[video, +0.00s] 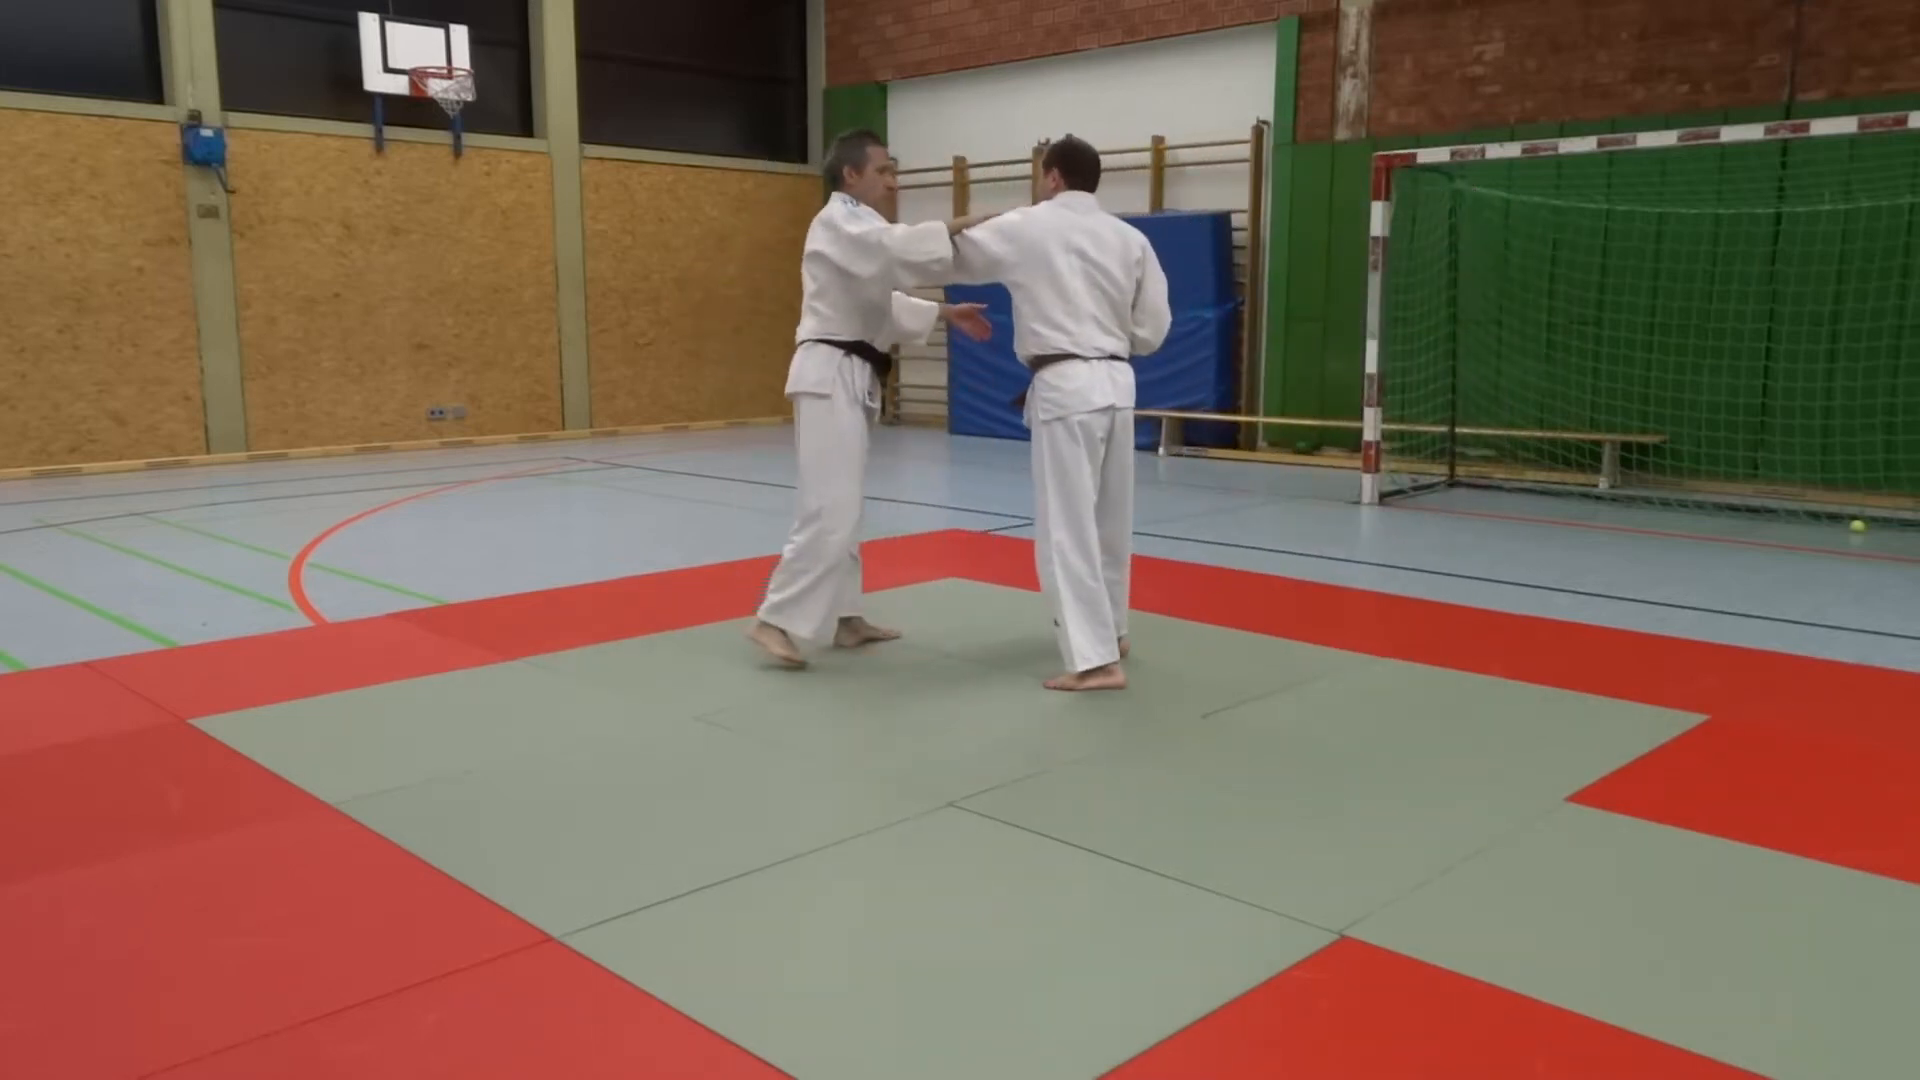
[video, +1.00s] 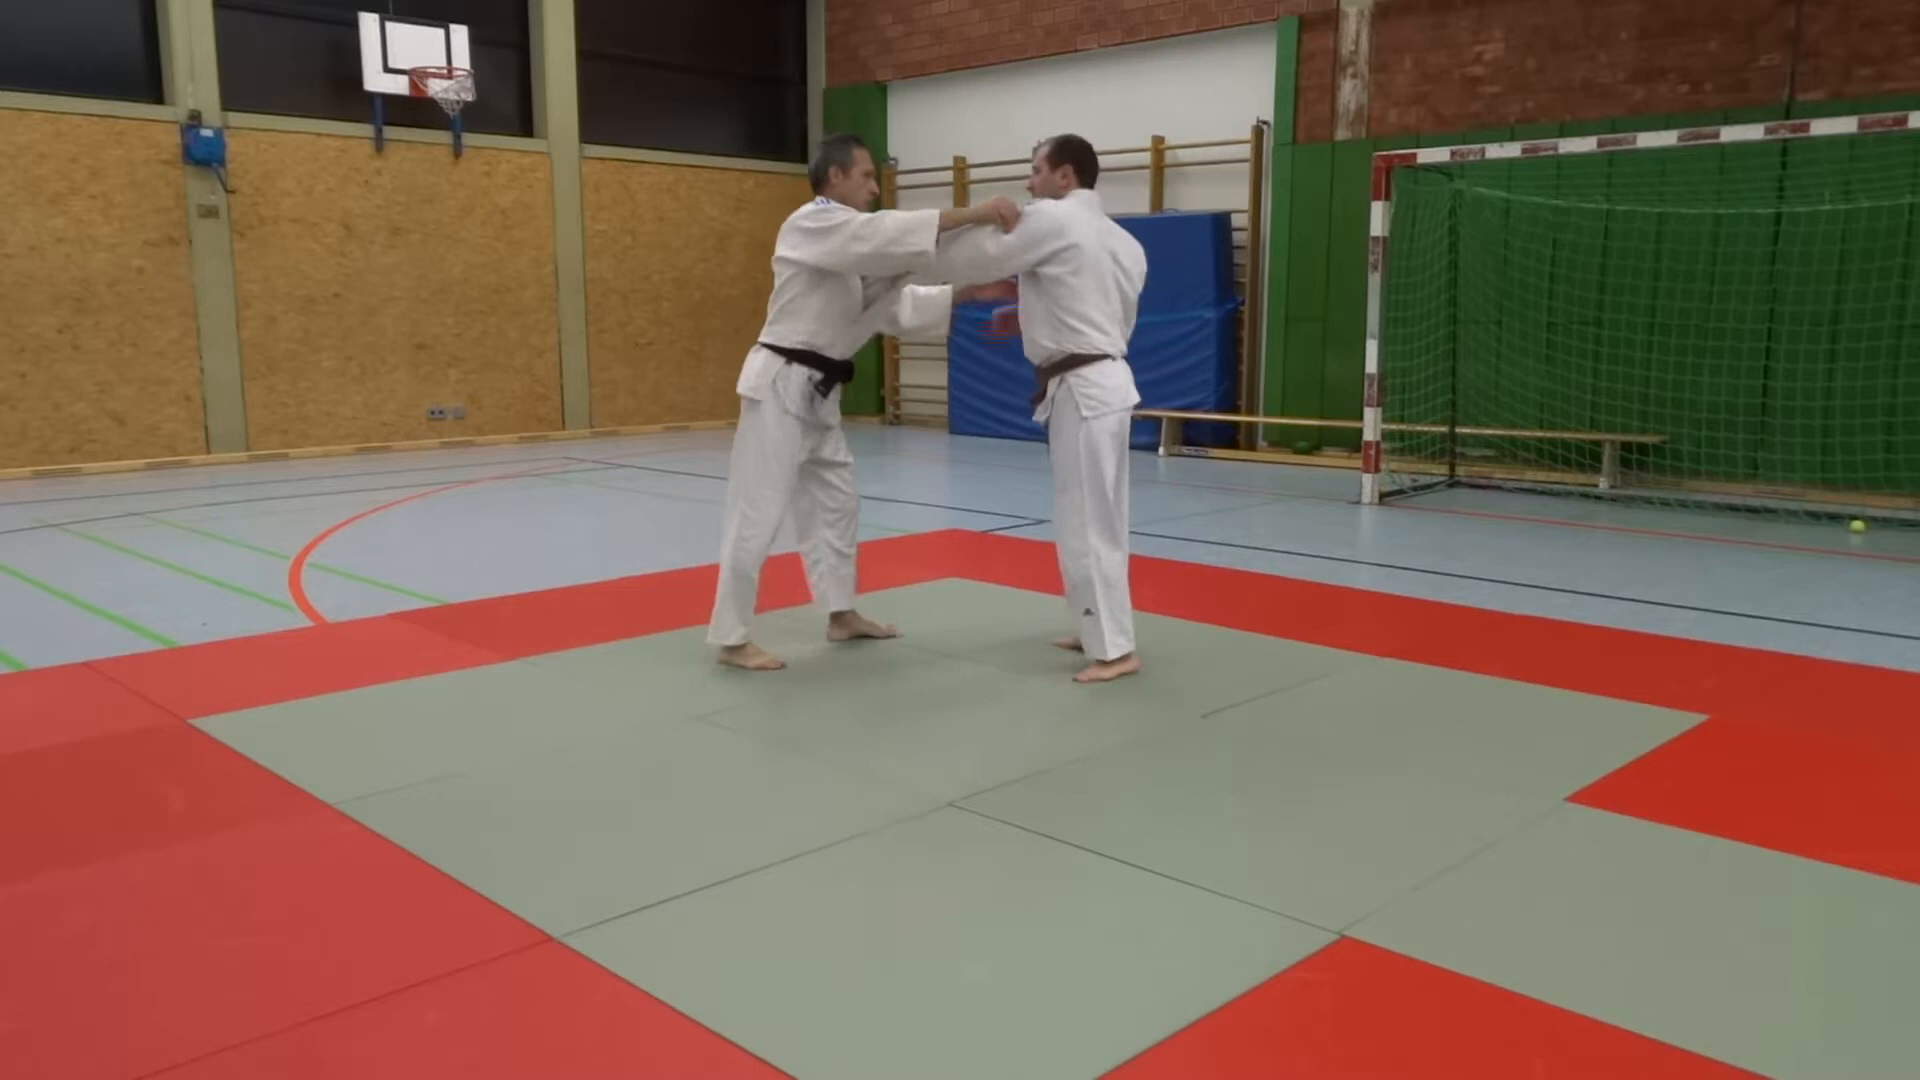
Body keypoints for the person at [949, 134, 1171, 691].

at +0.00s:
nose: (1038, 185)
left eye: (1040, 176)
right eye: (1042, 176)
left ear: (1053, 177)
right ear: (1092, 182)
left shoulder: (1029, 226)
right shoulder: (1130, 238)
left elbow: (956, 251)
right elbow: (1152, 330)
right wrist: (1101, 341)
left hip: (1061, 385)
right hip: (1120, 382)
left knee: (1067, 526)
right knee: (1112, 519)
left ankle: (1097, 663)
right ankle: (1112, 636)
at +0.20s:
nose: (1032, 187)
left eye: (1035, 177)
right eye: (1034, 177)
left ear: (1053, 178)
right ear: (1085, 182)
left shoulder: (1027, 224)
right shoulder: (1125, 239)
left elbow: (958, 253)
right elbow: (1142, 332)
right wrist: (1086, 347)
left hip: (1060, 386)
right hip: (1113, 385)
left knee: (1065, 530)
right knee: (1099, 526)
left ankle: (1095, 661)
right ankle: (1100, 643)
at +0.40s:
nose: (1029, 182)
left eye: (1035, 172)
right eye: (1031, 172)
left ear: (1061, 174)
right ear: (1079, 178)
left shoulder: (1037, 222)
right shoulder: (1125, 242)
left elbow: (956, 262)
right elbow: (1117, 327)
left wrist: (878, 262)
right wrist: (1049, 370)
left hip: (1065, 385)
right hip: (1111, 382)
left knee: (1054, 525)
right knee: (1099, 519)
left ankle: (1092, 649)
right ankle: (1106, 632)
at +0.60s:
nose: (1020, 182)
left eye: (1027, 172)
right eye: (1022, 172)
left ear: (1055, 175)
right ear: (1070, 177)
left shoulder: (1036, 222)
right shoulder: (1116, 239)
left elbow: (955, 264)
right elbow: (1102, 317)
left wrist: (877, 276)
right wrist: (1051, 368)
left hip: (1073, 386)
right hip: (1113, 380)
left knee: (1067, 521)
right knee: (1105, 514)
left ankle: (1091, 650)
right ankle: (1108, 624)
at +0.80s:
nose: (1020, 183)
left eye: (1027, 174)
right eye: (1022, 174)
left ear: (1055, 176)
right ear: (1071, 178)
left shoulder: (1040, 222)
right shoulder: (1118, 240)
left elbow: (961, 260)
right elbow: (1108, 324)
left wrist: (887, 265)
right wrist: (1055, 366)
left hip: (1076, 385)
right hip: (1114, 380)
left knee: (1071, 516)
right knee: (1105, 513)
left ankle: (1107, 641)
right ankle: (1101, 624)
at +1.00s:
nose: (1030, 180)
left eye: (1037, 170)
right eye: (1032, 170)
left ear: (1066, 174)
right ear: (1083, 177)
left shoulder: (1052, 217)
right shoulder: (1124, 242)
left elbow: (989, 255)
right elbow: (1102, 317)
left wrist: (913, 248)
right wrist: (1026, 318)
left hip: (1082, 391)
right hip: (1112, 385)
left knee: (1084, 521)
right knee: (1098, 514)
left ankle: (1115, 651)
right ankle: (1097, 627)